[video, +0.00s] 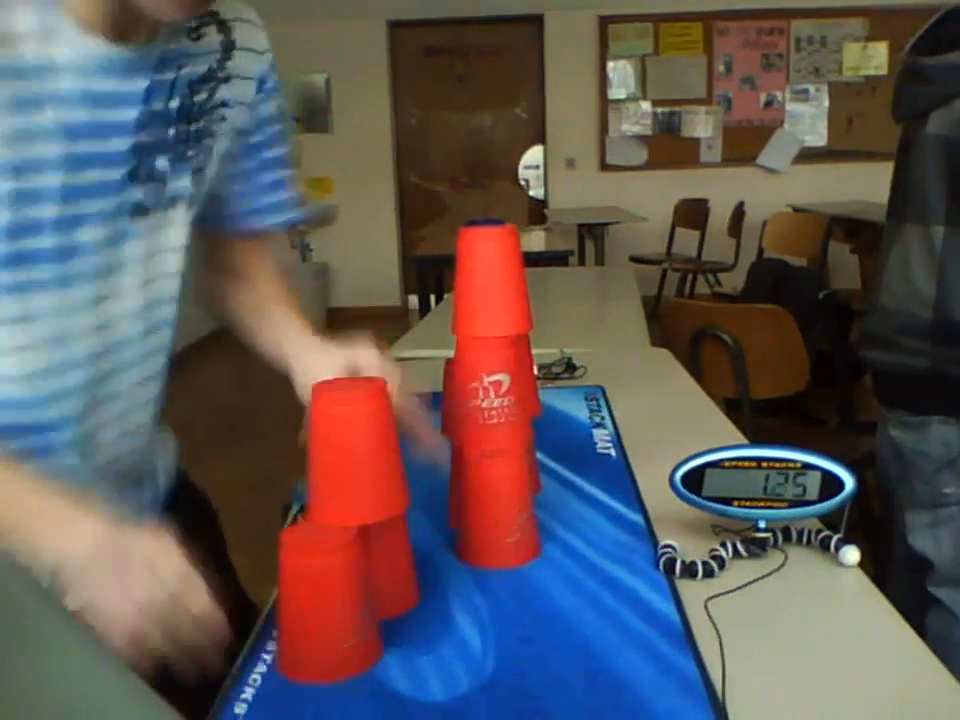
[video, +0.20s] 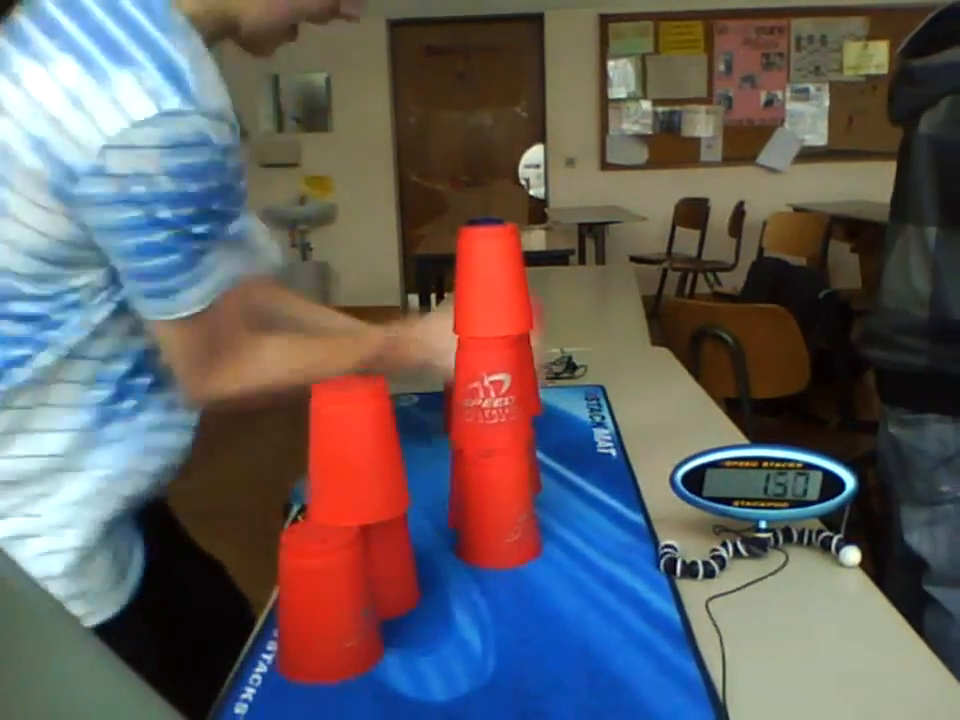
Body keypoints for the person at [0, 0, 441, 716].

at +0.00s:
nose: (198, 4)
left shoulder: (231, 45)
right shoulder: (15, 46)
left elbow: (234, 253)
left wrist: (308, 354)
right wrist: (79, 545)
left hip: (145, 498)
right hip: (20, 542)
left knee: (245, 682)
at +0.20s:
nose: (343, 12)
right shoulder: (145, 111)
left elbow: (242, 294)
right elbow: (213, 364)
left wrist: (404, 346)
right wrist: (405, 351)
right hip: (41, 542)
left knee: (253, 671)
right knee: (223, 700)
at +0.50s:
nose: (304, 6)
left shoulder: (231, 48)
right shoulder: (68, 50)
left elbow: (250, 268)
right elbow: (94, 361)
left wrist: (414, 332)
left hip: (151, 494)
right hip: (40, 550)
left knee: (287, 681)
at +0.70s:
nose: (312, 8)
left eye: (317, 0)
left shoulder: (232, 65)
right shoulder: (39, 46)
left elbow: (246, 283)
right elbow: (5, 332)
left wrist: (399, 350)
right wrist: (269, 410)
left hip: (163, 505)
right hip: (42, 557)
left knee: (287, 696)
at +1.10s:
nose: (340, 4)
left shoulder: (189, 52)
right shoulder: (61, 36)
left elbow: (162, 255)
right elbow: (80, 334)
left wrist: (338, 326)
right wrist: (341, 378)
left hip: (124, 475)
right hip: (38, 531)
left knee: (257, 679)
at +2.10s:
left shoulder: (235, 35)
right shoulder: (35, 18)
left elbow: (229, 259)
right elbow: (7, 264)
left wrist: (381, 333)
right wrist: (314, 306)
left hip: (142, 503)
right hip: (25, 556)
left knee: (233, 698)